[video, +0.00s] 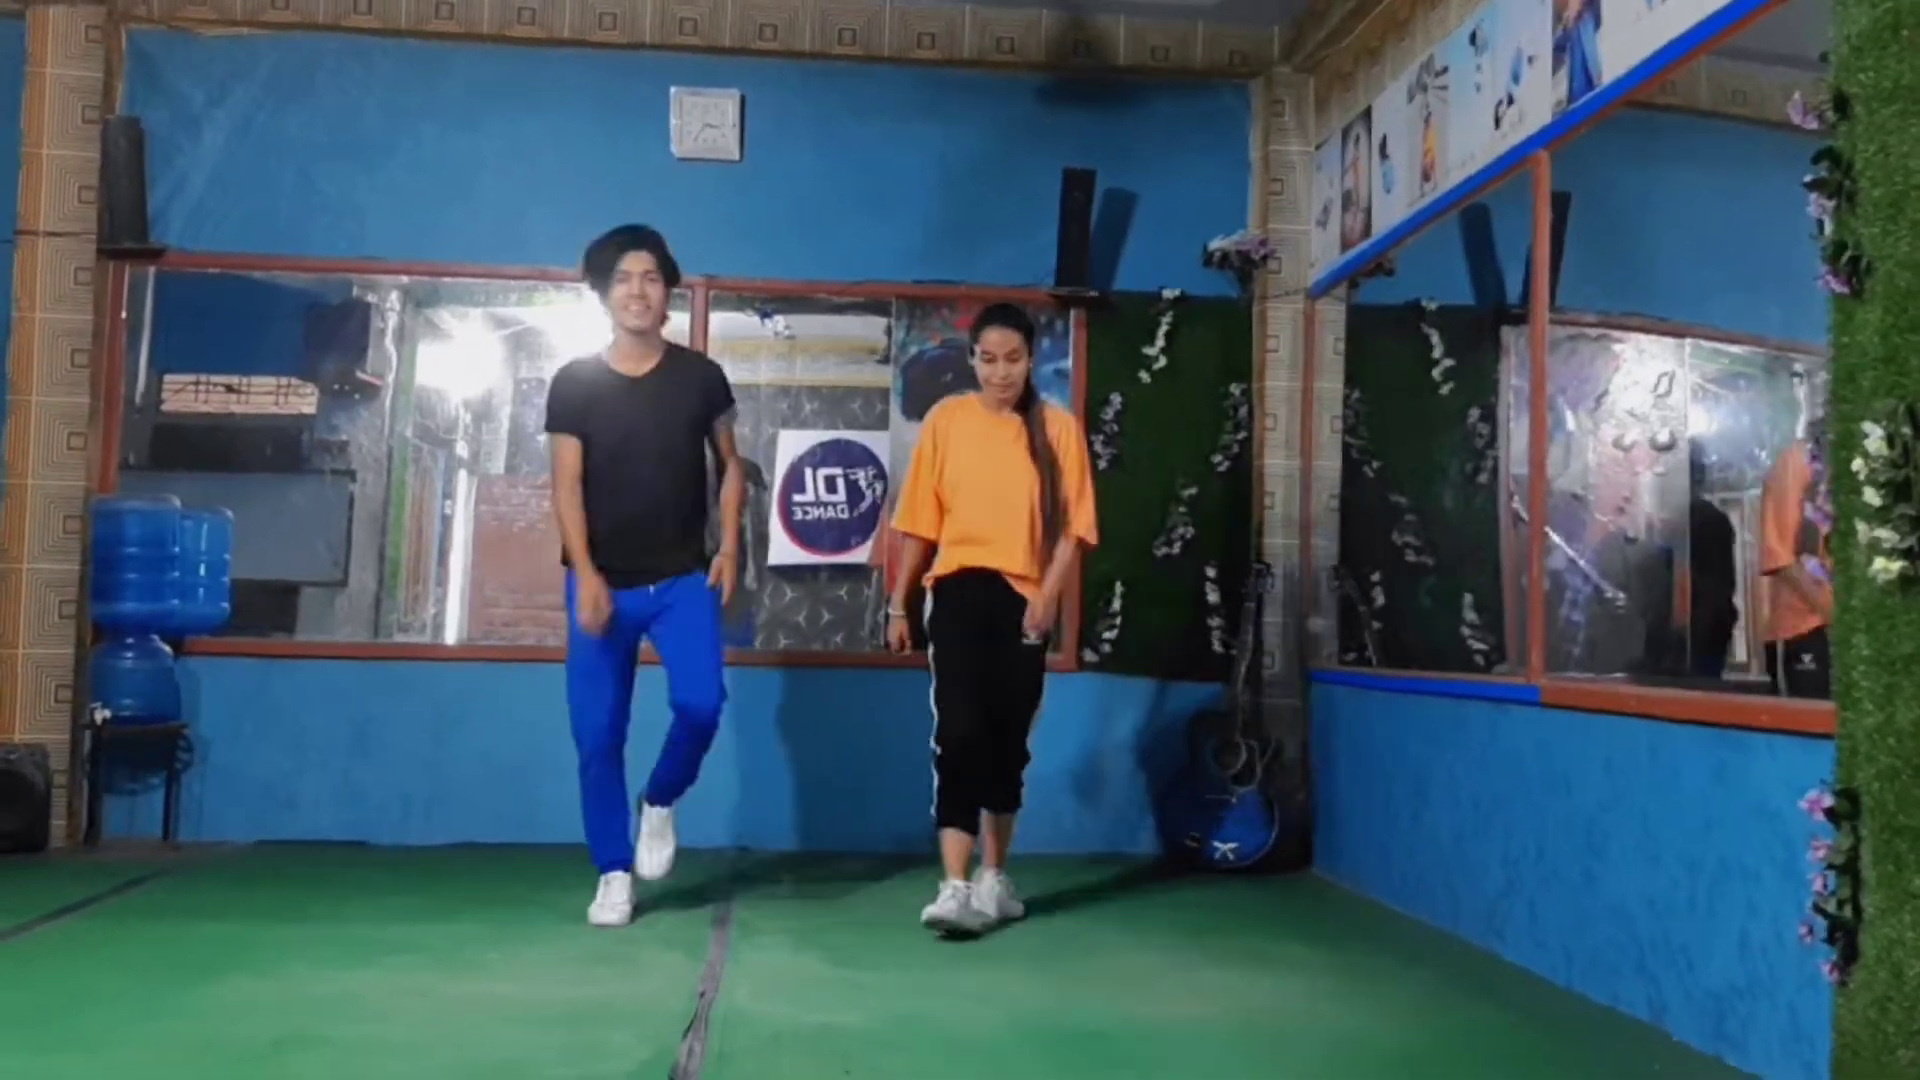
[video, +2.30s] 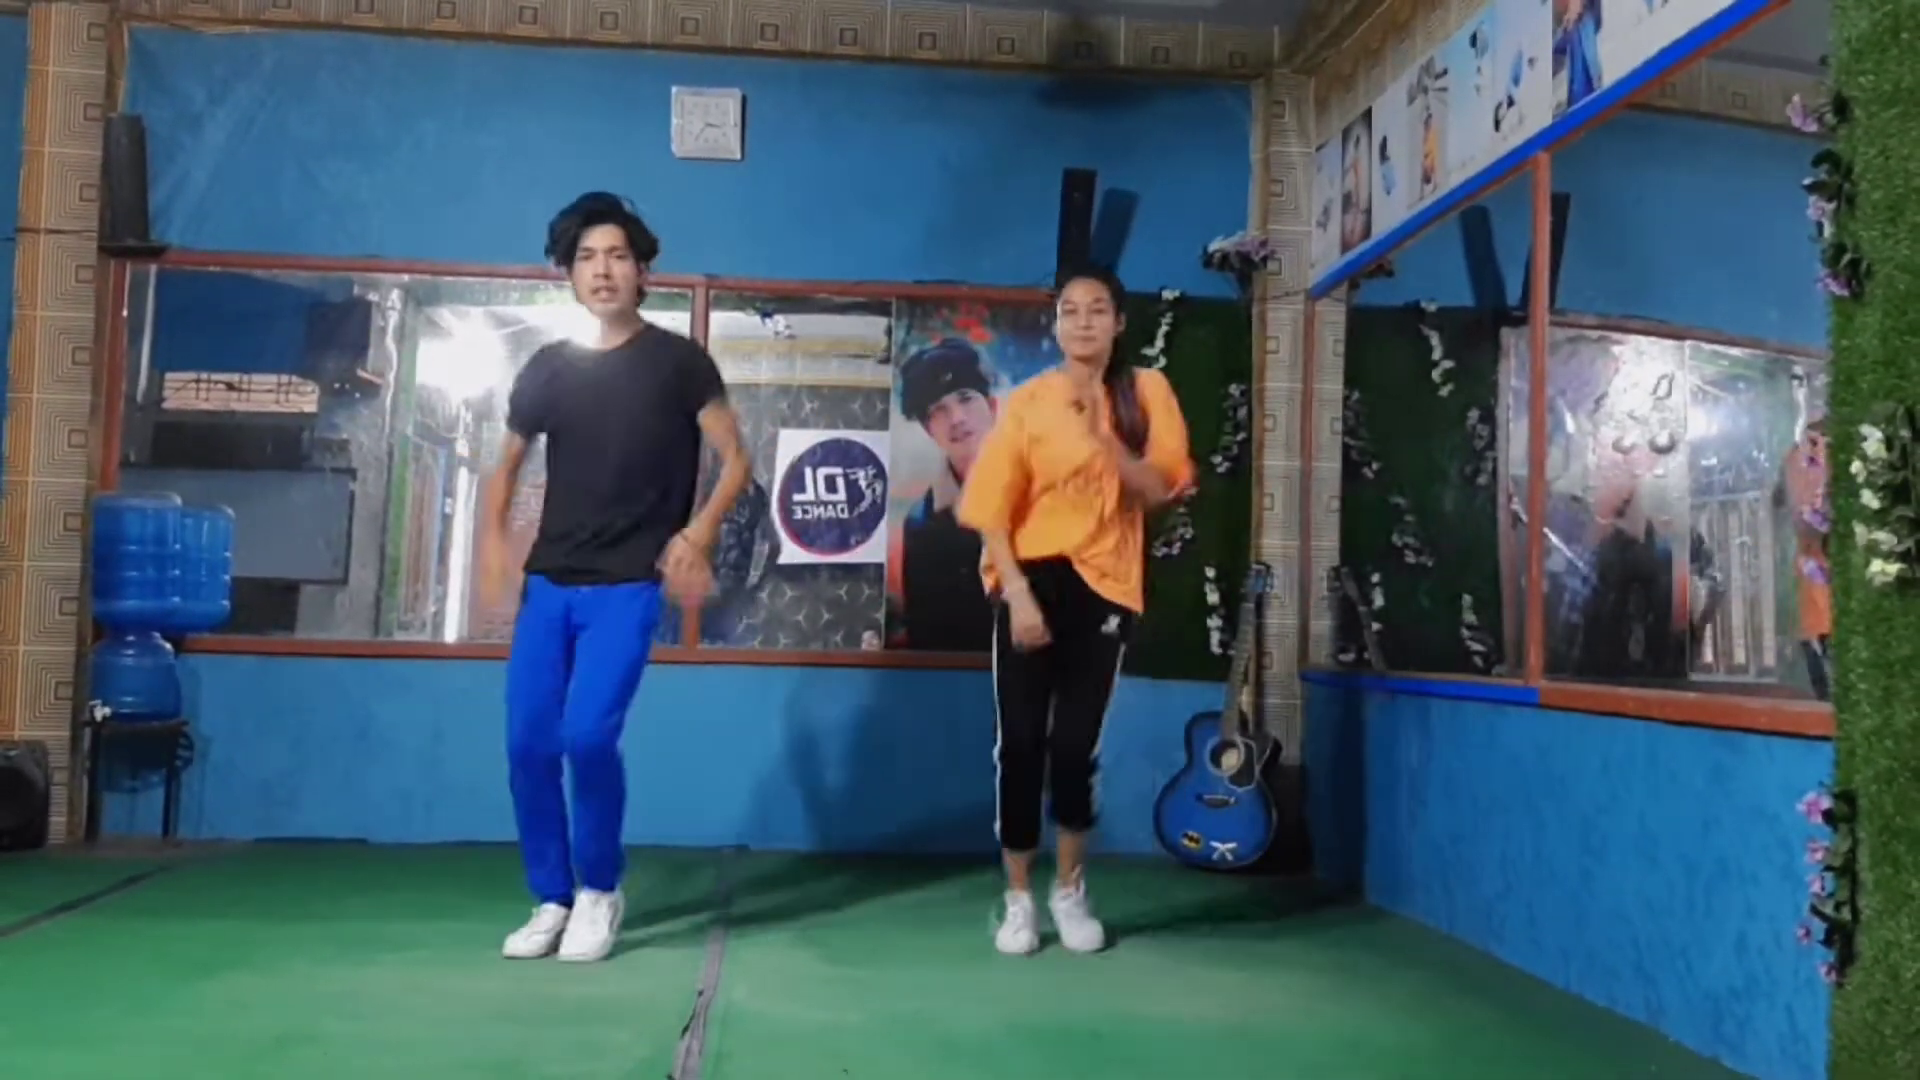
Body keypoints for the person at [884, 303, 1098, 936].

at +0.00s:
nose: (1001, 369)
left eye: (1013, 357)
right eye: (990, 358)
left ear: (1031, 360)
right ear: (973, 360)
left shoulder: (1058, 426)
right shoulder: (945, 419)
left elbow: (1076, 527)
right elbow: (919, 521)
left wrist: (1046, 596)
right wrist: (898, 600)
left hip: (1022, 593)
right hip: (955, 586)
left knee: (1007, 736)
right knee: (958, 732)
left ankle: (994, 878)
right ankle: (954, 886)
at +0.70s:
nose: (1004, 312)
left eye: (1016, 302)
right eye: (991, 302)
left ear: (1033, 318)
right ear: (968, 318)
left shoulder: (1059, 398)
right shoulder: (944, 398)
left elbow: (1072, 509)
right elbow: (934, 507)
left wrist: (1073, 598)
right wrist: (989, 544)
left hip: (1040, 586)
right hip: (962, 588)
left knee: (1062, 737)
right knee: (962, 748)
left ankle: (1069, 902)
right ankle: (961, 910)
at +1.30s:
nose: (1042, 302)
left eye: (1057, 294)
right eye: (1031, 292)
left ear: (1076, 318)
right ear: (1012, 311)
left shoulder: (1100, 398)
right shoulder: (972, 383)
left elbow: (1127, 509)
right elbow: (926, 479)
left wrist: (1177, 575)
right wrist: (896, 544)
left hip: (1067, 585)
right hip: (982, 581)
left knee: (1075, 747)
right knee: (980, 749)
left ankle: (1062, 905)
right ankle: (977, 912)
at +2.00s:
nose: (1103, 360)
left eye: (1114, 346)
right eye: (1089, 349)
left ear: (1139, 352)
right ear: (1075, 360)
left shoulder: (1169, 435)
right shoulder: (1050, 417)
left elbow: (1183, 545)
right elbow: (1016, 512)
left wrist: (1256, 566)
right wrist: (964, 499)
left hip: (1125, 616)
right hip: (1044, 610)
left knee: (1144, 766)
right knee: (988, 741)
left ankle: (1156, 906)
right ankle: (979, 910)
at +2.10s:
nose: (1102, 336)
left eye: (1114, 322)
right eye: (1089, 325)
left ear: (1137, 331)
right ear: (1074, 337)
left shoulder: (1170, 410)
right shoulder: (1043, 394)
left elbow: (1233, 506)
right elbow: (969, 464)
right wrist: (962, 429)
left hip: (1123, 597)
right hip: (1040, 588)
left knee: (1145, 759)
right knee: (976, 691)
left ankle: (1155, 900)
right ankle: (1002, 846)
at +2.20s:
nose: (1096, 317)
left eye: (1109, 305)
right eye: (1083, 305)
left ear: (1131, 315)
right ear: (1068, 316)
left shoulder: (1157, 383)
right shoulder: (1032, 375)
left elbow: (1234, 448)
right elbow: (948, 416)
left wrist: (1154, 427)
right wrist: (1016, 459)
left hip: (1112, 571)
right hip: (1028, 563)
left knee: (1126, 721)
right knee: (994, 687)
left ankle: (1114, 862)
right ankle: (1011, 834)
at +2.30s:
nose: (1084, 323)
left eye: (1097, 311)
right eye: (1071, 312)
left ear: (1119, 323)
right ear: (1055, 324)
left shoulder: (1147, 391)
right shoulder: (1029, 401)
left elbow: (1165, 486)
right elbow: (989, 508)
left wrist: (1114, 447)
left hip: (1106, 582)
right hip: (1029, 578)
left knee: (1075, 746)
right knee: (1019, 743)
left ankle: (1070, 890)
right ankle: (1018, 899)